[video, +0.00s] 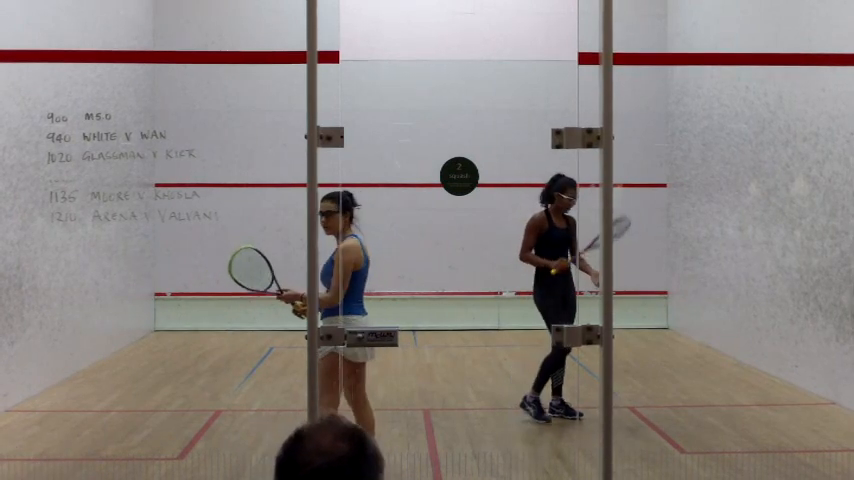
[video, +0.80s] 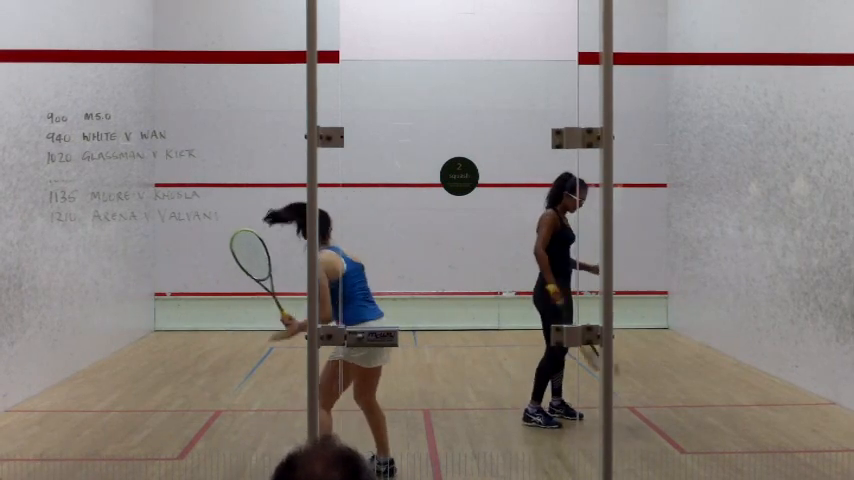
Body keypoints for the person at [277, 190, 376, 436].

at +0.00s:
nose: (323, 220)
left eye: (329, 214)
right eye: (321, 214)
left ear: (347, 215)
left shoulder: (347, 248)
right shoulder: (352, 245)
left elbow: (335, 297)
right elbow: (337, 296)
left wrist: (299, 296)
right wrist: (310, 307)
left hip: (340, 327)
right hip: (354, 326)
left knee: (327, 397)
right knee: (356, 394)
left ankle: (323, 456)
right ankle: (368, 454)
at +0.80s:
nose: (303, 239)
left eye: (303, 233)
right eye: (304, 233)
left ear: (307, 235)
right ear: (328, 230)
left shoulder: (321, 261)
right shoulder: (349, 256)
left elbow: (325, 314)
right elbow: (351, 308)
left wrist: (298, 326)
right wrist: (311, 324)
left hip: (358, 337)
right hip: (379, 333)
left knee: (321, 400)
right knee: (366, 396)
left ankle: (325, 463)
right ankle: (385, 460)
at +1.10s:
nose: (338, 245)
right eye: (336, 241)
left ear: (307, 251)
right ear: (332, 244)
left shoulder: (317, 270)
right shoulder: (355, 262)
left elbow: (332, 318)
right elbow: (361, 305)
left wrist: (330, 342)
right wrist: (332, 336)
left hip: (363, 338)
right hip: (393, 334)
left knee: (328, 401)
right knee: (377, 396)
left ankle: (328, 465)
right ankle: (385, 461)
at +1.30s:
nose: (337, 245)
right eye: (335, 242)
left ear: (307, 251)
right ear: (333, 245)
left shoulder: (313, 272)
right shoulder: (356, 264)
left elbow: (321, 318)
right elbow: (361, 307)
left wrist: (324, 347)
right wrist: (333, 342)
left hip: (356, 333)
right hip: (388, 330)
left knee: (325, 402)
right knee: (379, 397)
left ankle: (325, 463)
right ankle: (385, 461)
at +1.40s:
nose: (336, 247)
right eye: (335, 244)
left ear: (306, 251)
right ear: (332, 246)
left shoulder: (311, 271)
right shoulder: (355, 265)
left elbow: (316, 319)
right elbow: (358, 310)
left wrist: (319, 350)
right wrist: (331, 344)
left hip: (355, 333)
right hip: (387, 330)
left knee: (322, 403)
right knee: (376, 396)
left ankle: (327, 464)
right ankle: (385, 460)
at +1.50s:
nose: (335, 248)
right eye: (334, 245)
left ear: (304, 251)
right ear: (331, 247)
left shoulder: (309, 273)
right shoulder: (355, 267)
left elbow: (313, 319)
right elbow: (355, 313)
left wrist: (316, 346)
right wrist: (326, 344)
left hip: (353, 335)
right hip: (384, 332)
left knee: (318, 404)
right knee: (373, 397)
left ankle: (325, 464)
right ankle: (385, 461)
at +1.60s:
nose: (334, 248)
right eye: (332, 246)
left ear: (301, 252)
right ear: (329, 247)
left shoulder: (306, 274)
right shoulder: (353, 267)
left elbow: (310, 319)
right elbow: (352, 314)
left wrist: (310, 342)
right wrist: (319, 340)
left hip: (348, 336)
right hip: (380, 333)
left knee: (313, 404)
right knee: (371, 397)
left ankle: (326, 465)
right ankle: (383, 462)